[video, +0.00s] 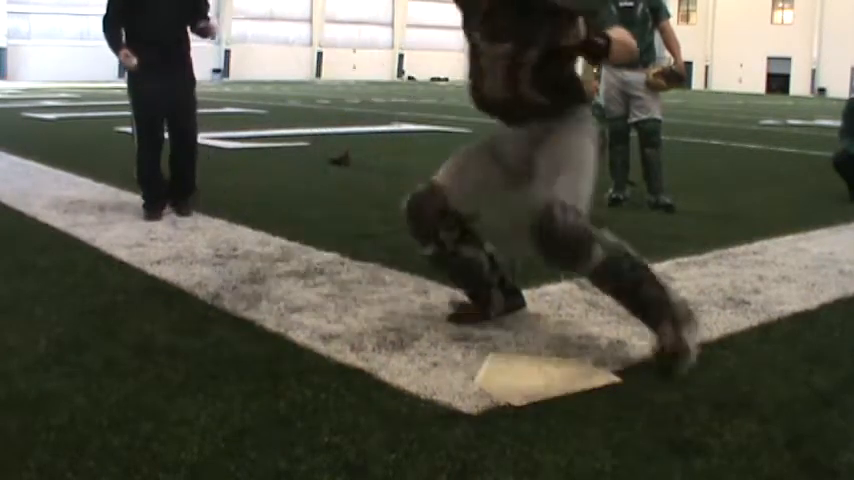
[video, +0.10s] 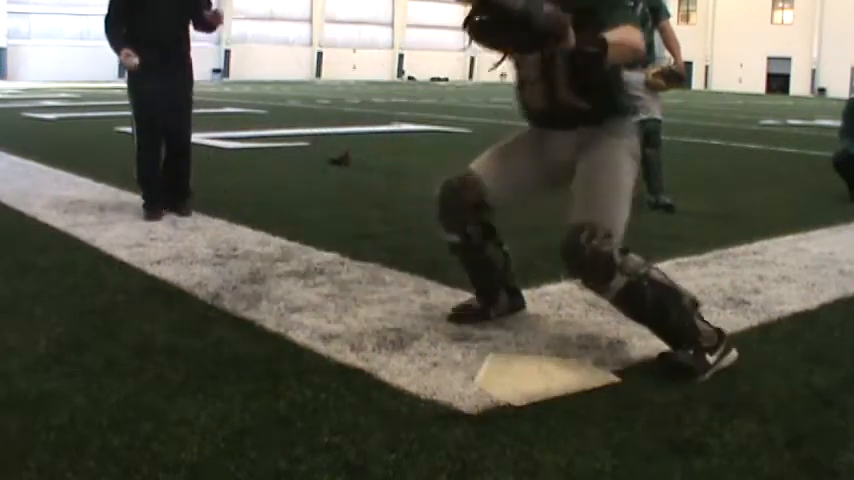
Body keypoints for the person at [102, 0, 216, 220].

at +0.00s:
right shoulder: (123, 3)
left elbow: (196, 19)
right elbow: (110, 23)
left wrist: (206, 27)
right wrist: (120, 49)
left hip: (178, 66)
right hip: (143, 68)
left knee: (185, 137)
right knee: (149, 139)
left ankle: (182, 198)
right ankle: (153, 201)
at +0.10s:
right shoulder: (124, 3)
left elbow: (199, 21)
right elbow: (113, 23)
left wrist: (211, 21)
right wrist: (122, 49)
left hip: (177, 64)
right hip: (143, 65)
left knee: (180, 136)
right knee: (148, 137)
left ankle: (179, 199)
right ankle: (152, 202)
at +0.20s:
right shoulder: (124, 3)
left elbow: (203, 19)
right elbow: (114, 21)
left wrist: (216, 13)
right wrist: (123, 48)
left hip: (177, 63)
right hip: (143, 64)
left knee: (179, 135)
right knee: (148, 136)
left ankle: (180, 199)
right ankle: (152, 202)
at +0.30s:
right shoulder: (124, 2)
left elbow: (208, 18)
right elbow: (114, 21)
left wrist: (218, 8)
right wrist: (123, 48)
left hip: (178, 64)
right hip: (144, 65)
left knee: (180, 134)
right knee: (149, 136)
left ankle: (181, 199)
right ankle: (152, 202)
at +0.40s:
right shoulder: (125, 3)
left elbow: (210, 17)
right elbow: (114, 21)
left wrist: (220, 7)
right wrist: (123, 49)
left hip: (179, 65)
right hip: (144, 66)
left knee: (181, 136)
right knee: (149, 137)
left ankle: (180, 199)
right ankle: (152, 202)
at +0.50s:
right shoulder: (127, 2)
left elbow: (211, 16)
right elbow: (116, 18)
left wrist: (220, 6)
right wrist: (120, 47)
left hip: (179, 65)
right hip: (145, 66)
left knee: (181, 135)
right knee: (149, 136)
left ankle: (180, 199)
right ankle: (152, 202)